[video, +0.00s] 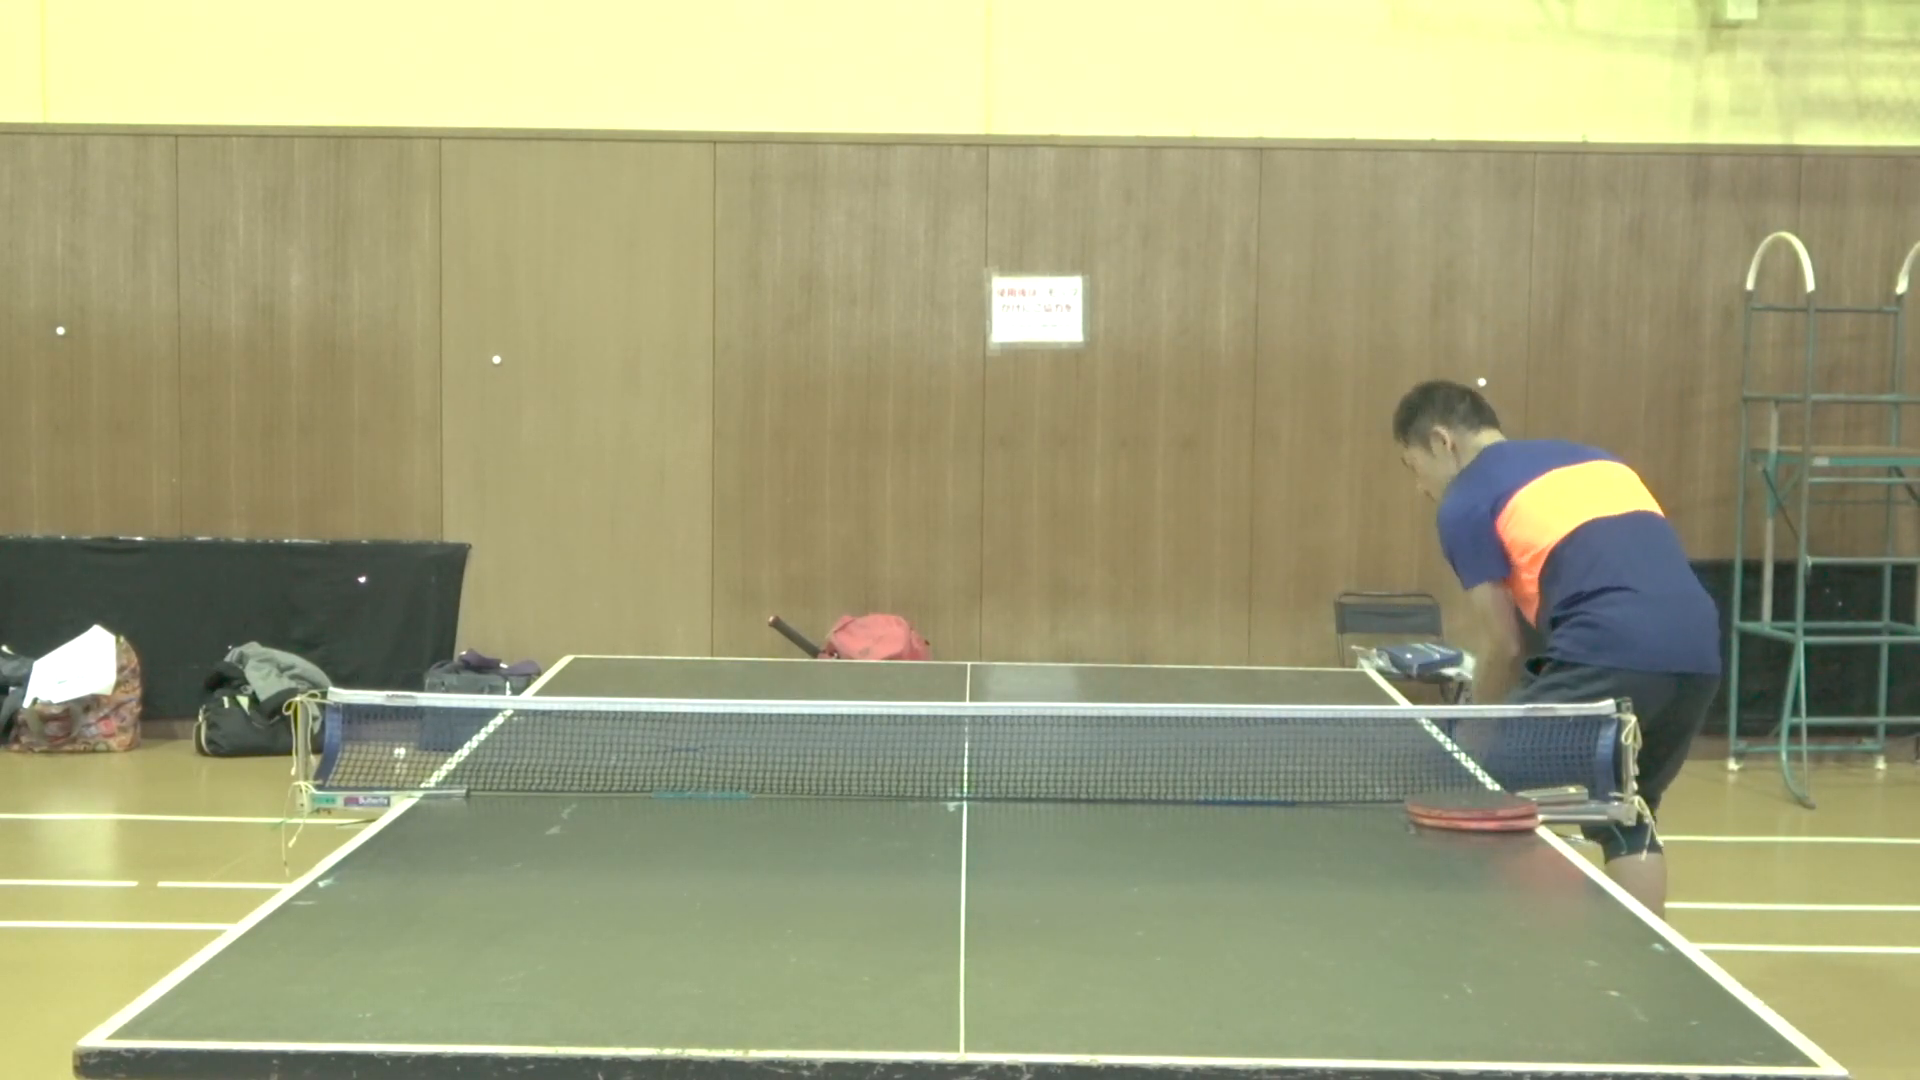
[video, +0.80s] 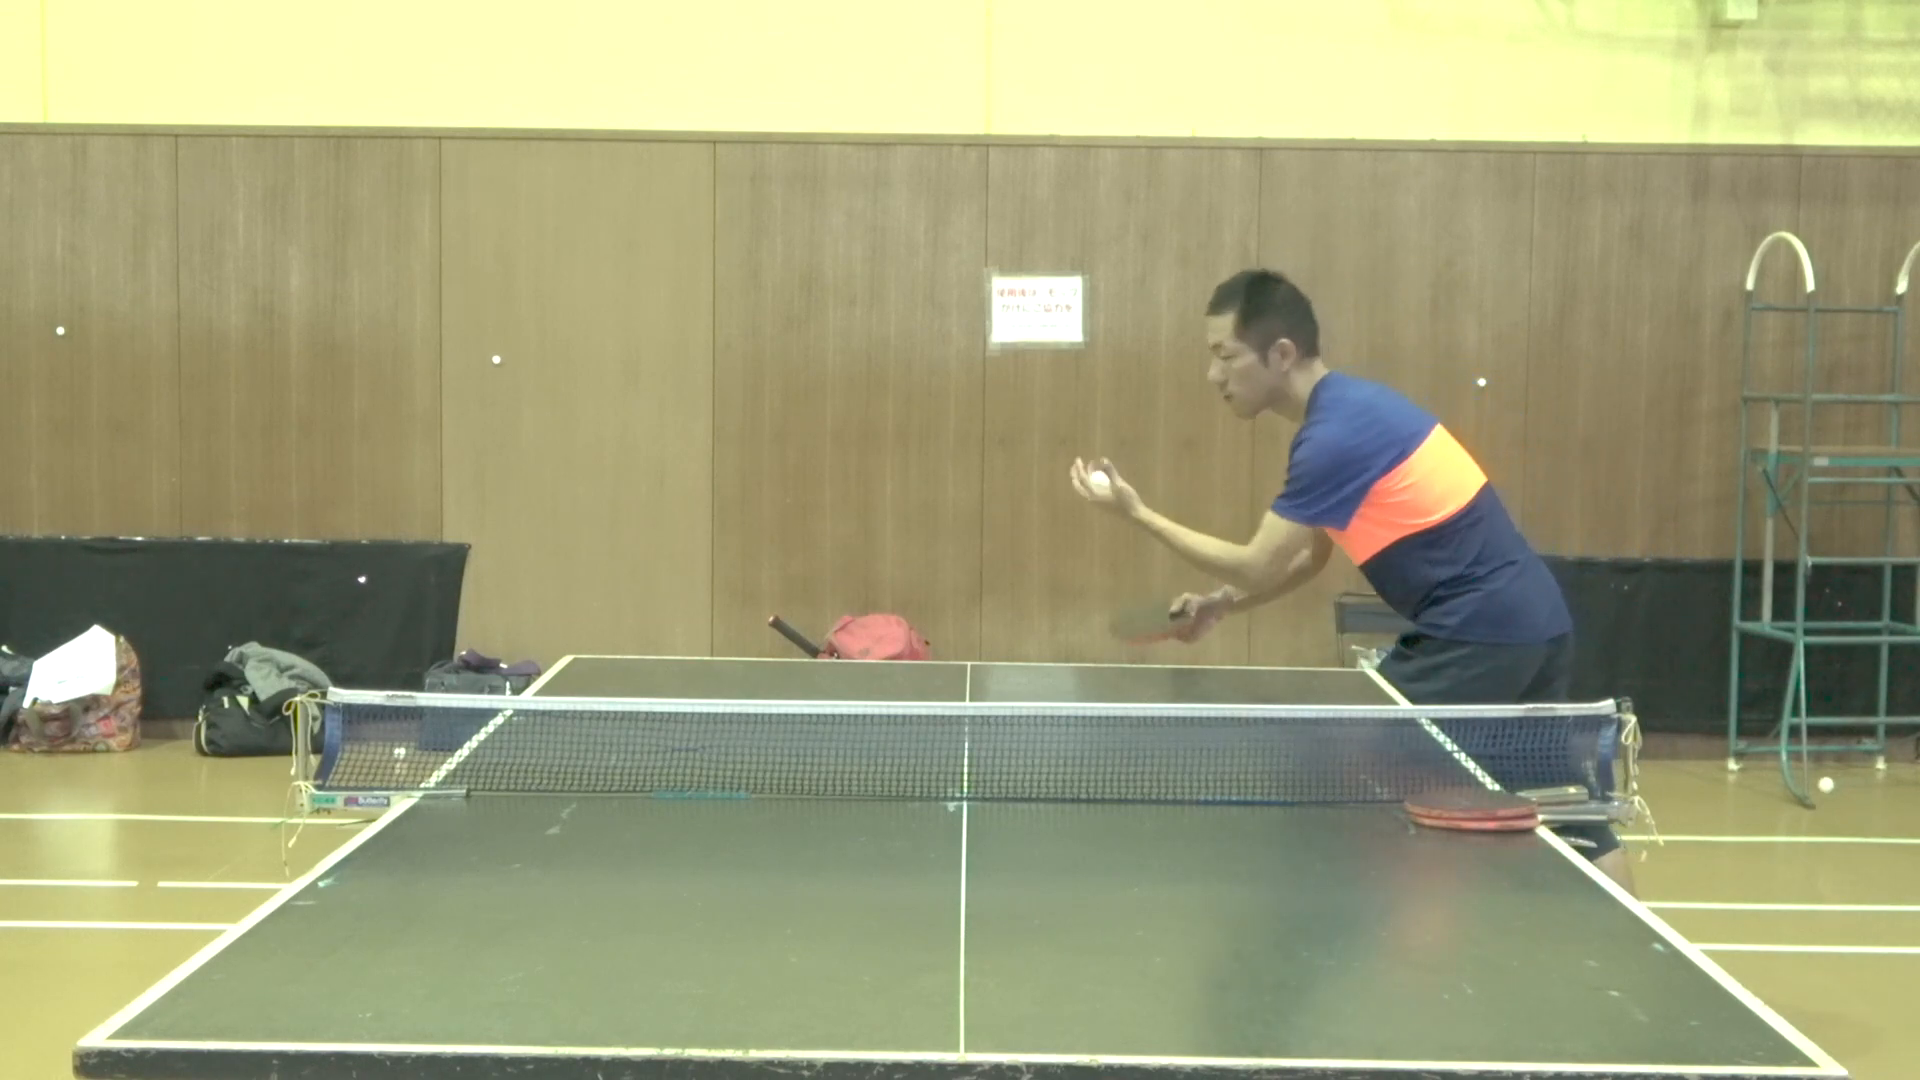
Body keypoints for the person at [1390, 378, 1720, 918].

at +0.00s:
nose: (1420, 485)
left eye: (1415, 466)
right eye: (1412, 470)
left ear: (1444, 441)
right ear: (1491, 429)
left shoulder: (1466, 498)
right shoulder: (1581, 455)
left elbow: (1504, 646)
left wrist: (1471, 740)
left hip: (1608, 649)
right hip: (1699, 649)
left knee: (1476, 782)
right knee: (1628, 807)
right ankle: (1642, 977)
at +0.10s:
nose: (1394, 436)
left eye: (1395, 415)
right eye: (1390, 419)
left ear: (1438, 397)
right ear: (1466, 393)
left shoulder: (1460, 465)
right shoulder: (1559, 436)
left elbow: (1483, 612)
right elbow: (1538, 595)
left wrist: (1407, 666)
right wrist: (1493, 688)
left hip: (1593, 649)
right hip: (1680, 647)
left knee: (1463, 789)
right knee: (1616, 807)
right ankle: (1634, 975)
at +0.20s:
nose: (1374, 392)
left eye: (1381, 371)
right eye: (1373, 375)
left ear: (1431, 362)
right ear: (1444, 361)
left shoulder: (1450, 436)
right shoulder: (1535, 417)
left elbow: (1449, 583)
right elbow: (1579, 576)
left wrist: (1338, 602)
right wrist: (1485, 662)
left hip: (1579, 639)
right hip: (1652, 641)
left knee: (1446, 778)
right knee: (1603, 805)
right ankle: (1633, 973)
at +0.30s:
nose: (1354, 366)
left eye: (1364, 347)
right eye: (1353, 350)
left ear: (1416, 343)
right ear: (1418, 344)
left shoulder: (1442, 415)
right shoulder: (1501, 403)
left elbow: (1414, 560)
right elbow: (1514, 571)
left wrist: (1303, 553)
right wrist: (1420, 635)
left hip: (1559, 638)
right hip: (1621, 638)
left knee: (1436, 780)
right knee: (1585, 809)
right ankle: (1640, 964)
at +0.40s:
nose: (1329, 358)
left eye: (1337, 338)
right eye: (1325, 342)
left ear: (1392, 331)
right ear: (1393, 334)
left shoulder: (1423, 406)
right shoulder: (1465, 394)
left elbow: (1388, 554)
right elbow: (1454, 560)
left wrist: (1279, 527)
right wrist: (1351, 604)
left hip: (1540, 635)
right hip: (1595, 635)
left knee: (1412, 772)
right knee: (1583, 813)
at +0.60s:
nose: (1264, 359)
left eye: (1273, 340)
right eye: (1261, 343)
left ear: (1330, 331)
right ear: (1329, 335)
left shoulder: (1376, 411)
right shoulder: (1401, 394)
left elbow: (1337, 557)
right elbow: (1353, 556)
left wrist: (1223, 526)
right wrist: (1260, 570)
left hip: (1504, 634)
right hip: (1562, 632)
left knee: (1357, 767)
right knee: (1576, 810)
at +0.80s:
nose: (1213, 375)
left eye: (1226, 357)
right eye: (1212, 357)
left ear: (1283, 354)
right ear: (1287, 354)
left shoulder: (1332, 431)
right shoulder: (1358, 407)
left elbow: (1256, 568)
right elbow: (1308, 554)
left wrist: (1136, 512)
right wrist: (1223, 602)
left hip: (1479, 636)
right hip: (1530, 628)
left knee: (1335, 772)